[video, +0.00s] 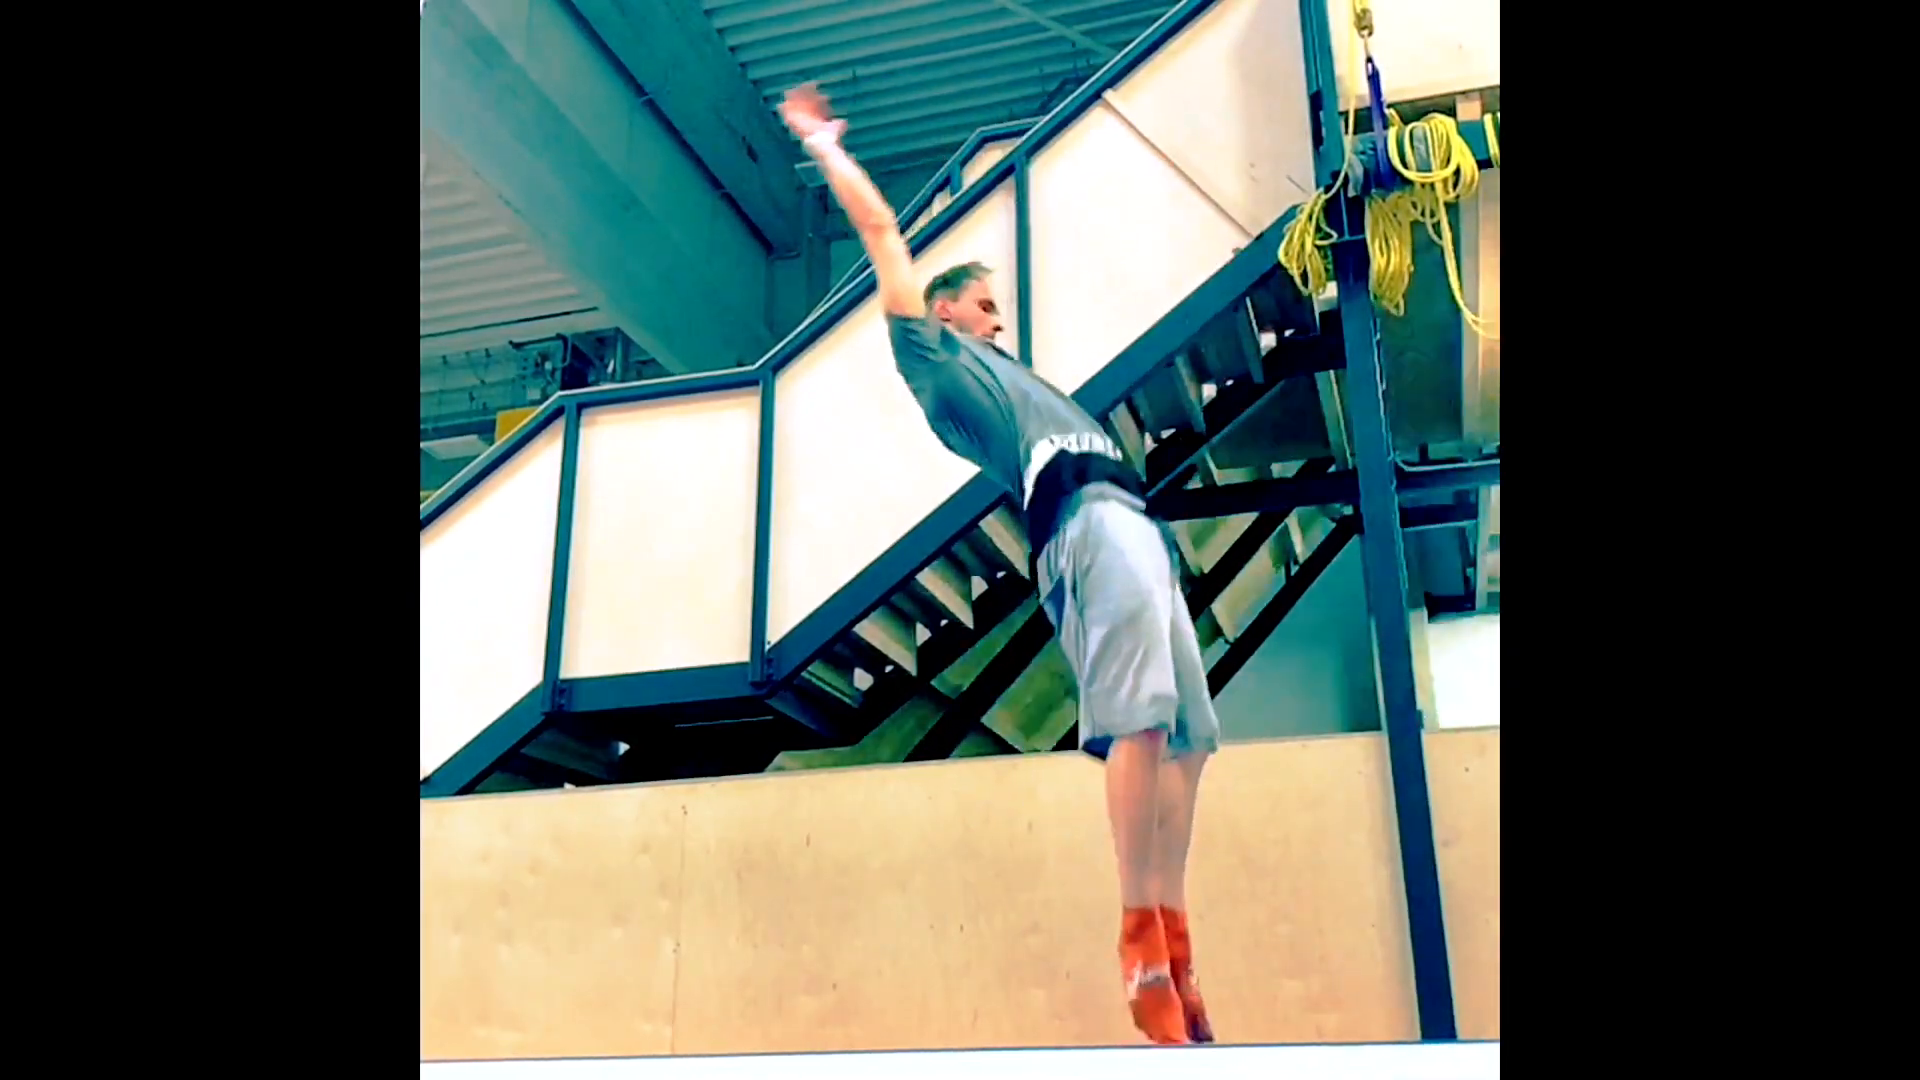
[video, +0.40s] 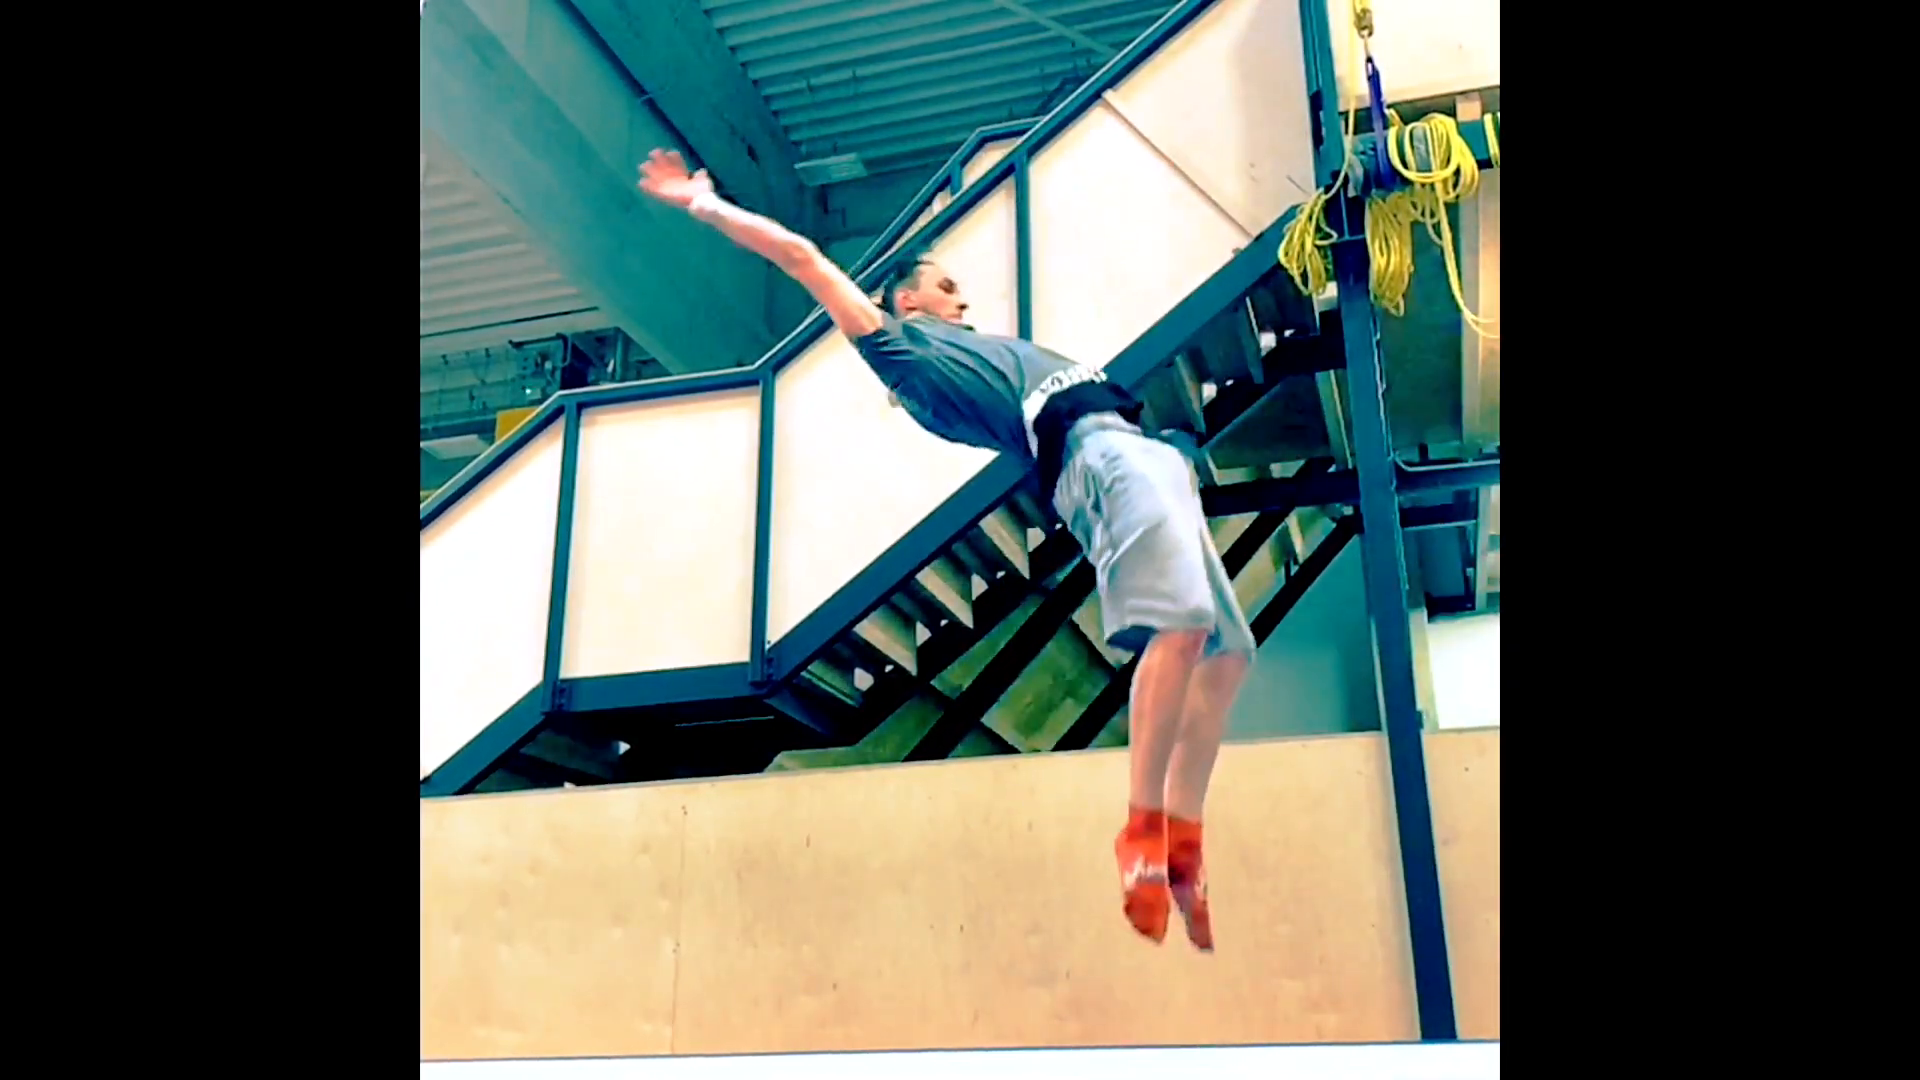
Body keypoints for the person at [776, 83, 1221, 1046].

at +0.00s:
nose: (998, 310)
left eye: (997, 303)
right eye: (982, 300)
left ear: (983, 320)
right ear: (938, 306)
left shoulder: (1007, 377)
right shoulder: (929, 349)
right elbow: (877, 226)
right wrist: (823, 139)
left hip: (1136, 530)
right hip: (1090, 522)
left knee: (1186, 731)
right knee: (1139, 722)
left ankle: (1172, 934)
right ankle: (1140, 940)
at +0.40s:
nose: (958, 287)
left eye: (954, 280)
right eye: (941, 282)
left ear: (943, 300)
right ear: (903, 303)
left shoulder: (988, 352)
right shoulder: (903, 346)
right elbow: (800, 255)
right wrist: (705, 203)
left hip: (1154, 457)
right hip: (1102, 450)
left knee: (1227, 656)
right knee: (1179, 626)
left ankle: (1183, 840)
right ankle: (1145, 833)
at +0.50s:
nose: (949, 293)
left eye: (947, 286)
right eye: (932, 287)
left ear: (937, 302)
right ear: (896, 306)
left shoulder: (973, 358)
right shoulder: (895, 347)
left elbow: (917, 411)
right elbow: (788, 263)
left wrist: (896, 410)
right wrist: (684, 214)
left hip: (1157, 443)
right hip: (1105, 437)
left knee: (1241, 626)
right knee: (1194, 602)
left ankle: (1189, 809)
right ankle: (1146, 800)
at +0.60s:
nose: (928, 292)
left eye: (924, 286)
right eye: (910, 289)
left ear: (915, 308)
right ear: (879, 310)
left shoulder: (948, 365)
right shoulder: (876, 348)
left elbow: (934, 429)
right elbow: (768, 276)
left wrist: (910, 445)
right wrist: (657, 237)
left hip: (1131, 412)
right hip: (1085, 408)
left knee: (1272, 561)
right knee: (1224, 533)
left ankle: (1217, 742)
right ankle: (1172, 721)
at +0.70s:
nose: (887, 299)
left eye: (881, 295)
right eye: (869, 301)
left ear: (887, 318)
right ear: (844, 333)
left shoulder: (937, 357)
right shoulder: (864, 380)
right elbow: (767, 274)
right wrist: (662, 204)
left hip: (1093, 397)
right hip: (1061, 408)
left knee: (1299, 420)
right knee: (1262, 373)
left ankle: (1282, 580)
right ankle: (1275, 570)